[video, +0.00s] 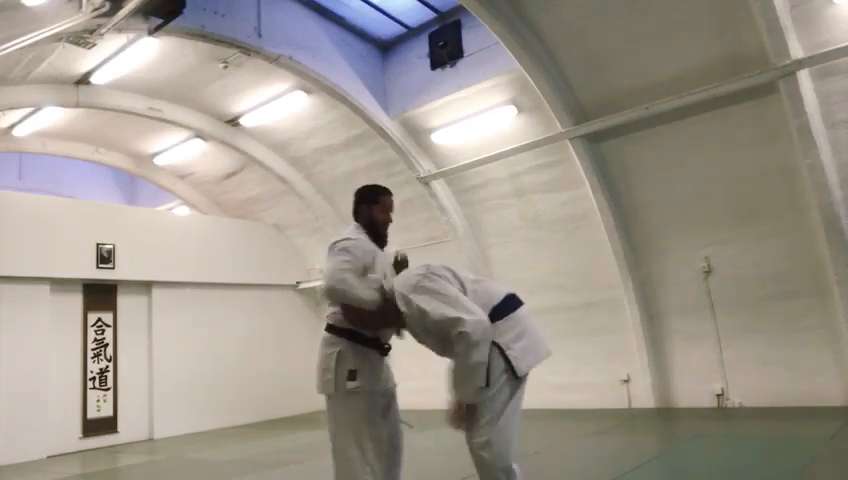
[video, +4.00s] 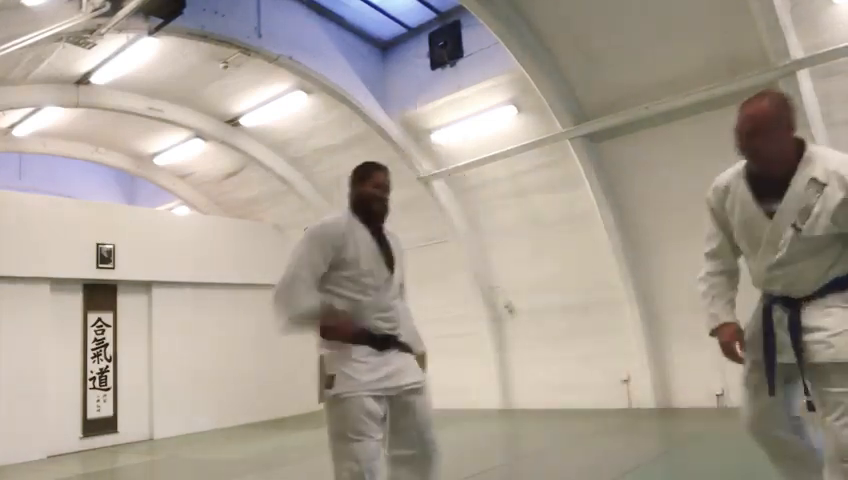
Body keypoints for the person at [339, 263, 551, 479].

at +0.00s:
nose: (379, 330)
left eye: (369, 324)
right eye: (369, 327)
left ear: (376, 304)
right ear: (379, 297)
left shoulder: (411, 288)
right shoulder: (409, 296)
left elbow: (474, 328)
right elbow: (467, 333)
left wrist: (465, 399)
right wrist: (463, 399)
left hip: (503, 337)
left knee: (485, 437)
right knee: (483, 435)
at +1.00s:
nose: (407, 325)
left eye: (396, 318)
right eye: (398, 323)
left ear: (397, 293)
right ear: (400, 291)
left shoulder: (451, 279)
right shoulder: (441, 307)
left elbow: (525, 297)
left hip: (532, 337)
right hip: (514, 346)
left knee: (525, 440)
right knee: (507, 437)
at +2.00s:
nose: (499, 310)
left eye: (490, 303)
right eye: (490, 309)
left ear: (488, 278)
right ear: (488, 276)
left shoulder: (551, 264)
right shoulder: (528, 285)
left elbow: (636, 296)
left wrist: (684, 357)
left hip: (629, 330)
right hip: (601, 341)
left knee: (620, 440)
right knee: (596, 431)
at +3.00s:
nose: (588, 290)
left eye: (585, 281)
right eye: (580, 287)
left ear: (591, 251)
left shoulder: (651, 240)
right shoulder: (599, 271)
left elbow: (750, 263)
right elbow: (625, 316)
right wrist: (637, 355)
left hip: (711, 327)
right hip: (664, 340)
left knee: (712, 436)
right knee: (671, 435)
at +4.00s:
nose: (745, 147)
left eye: (756, 136)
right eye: (741, 136)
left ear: (790, 135)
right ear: (737, 138)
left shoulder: (837, 176)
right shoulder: (725, 191)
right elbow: (719, 263)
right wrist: (723, 320)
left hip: (831, 303)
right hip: (772, 308)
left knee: (840, 424)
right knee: (765, 419)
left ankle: (839, 471)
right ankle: (814, 472)